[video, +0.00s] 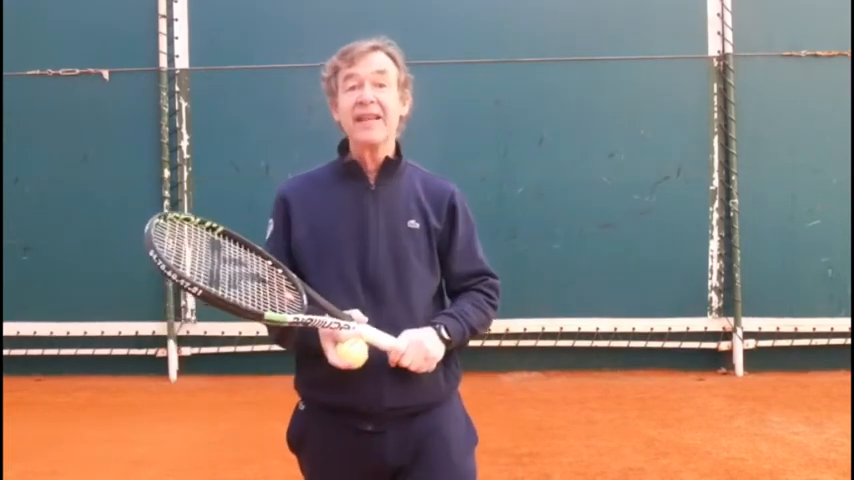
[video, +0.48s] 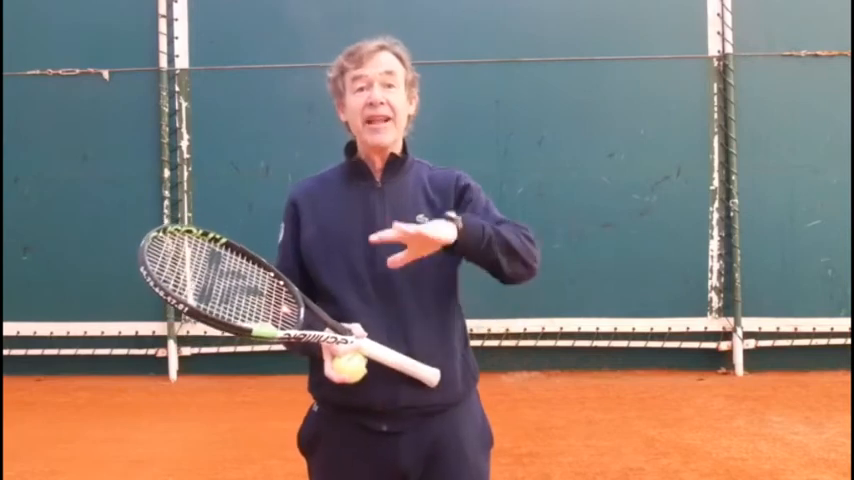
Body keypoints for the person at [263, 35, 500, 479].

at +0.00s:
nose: (366, 96)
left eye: (379, 83)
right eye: (352, 86)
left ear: (403, 101)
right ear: (335, 107)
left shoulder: (441, 199)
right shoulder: (296, 200)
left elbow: (480, 289)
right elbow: (276, 313)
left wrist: (440, 334)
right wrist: (320, 334)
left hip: (430, 424)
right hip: (333, 428)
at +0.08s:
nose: (368, 93)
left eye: (382, 81)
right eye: (355, 84)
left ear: (406, 101)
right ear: (338, 106)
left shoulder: (442, 199)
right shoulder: (297, 199)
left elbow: (482, 290)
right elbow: (276, 309)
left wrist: (439, 339)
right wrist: (320, 340)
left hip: (433, 426)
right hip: (334, 429)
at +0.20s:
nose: (371, 91)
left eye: (385, 80)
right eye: (357, 82)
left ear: (409, 101)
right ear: (340, 105)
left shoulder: (444, 197)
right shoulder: (298, 199)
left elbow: (490, 289)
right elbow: (277, 306)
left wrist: (448, 330)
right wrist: (315, 342)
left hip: (437, 427)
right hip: (338, 429)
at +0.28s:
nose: (373, 91)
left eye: (387, 80)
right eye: (359, 82)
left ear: (410, 102)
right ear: (341, 106)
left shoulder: (446, 195)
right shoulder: (301, 199)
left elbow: (501, 283)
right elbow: (278, 307)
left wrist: (452, 307)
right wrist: (316, 343)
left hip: (439, 425)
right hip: (340, 427)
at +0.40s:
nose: (374, 95)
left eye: (388, 82)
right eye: (359, 86)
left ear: (411, 101)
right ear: (342, 108)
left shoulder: (449, 192)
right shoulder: (305, 200)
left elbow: (518, 270)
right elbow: (281, 308)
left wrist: (452, 261)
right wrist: (320, 343)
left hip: (444, 423)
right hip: (346, 427)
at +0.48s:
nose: (376, 97)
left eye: (389, 84)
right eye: (360, 87)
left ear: (411, 102)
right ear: (342, 109)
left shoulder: (449, 188)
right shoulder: (307, 201)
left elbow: (524, 260)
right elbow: (285, 310)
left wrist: (455, 231)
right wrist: (324, 340)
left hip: (446, 422)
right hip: (348, 426)